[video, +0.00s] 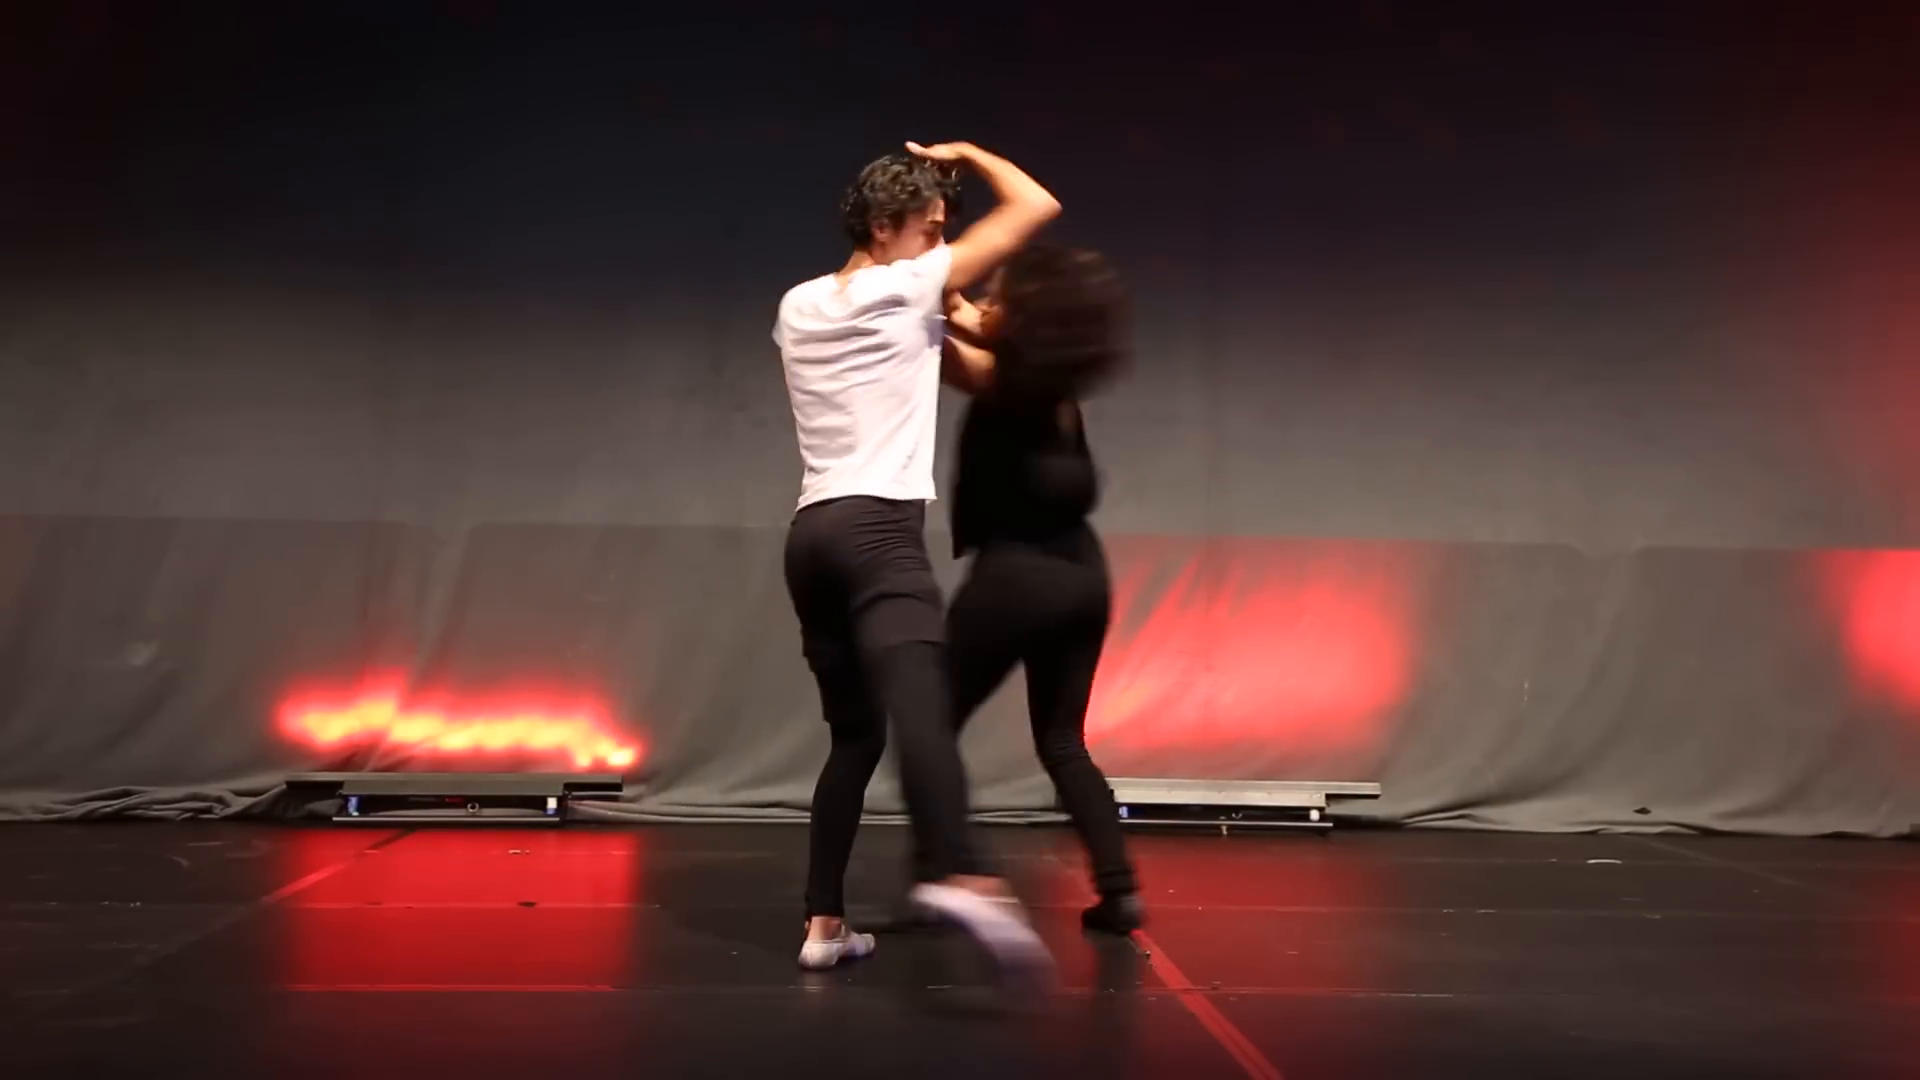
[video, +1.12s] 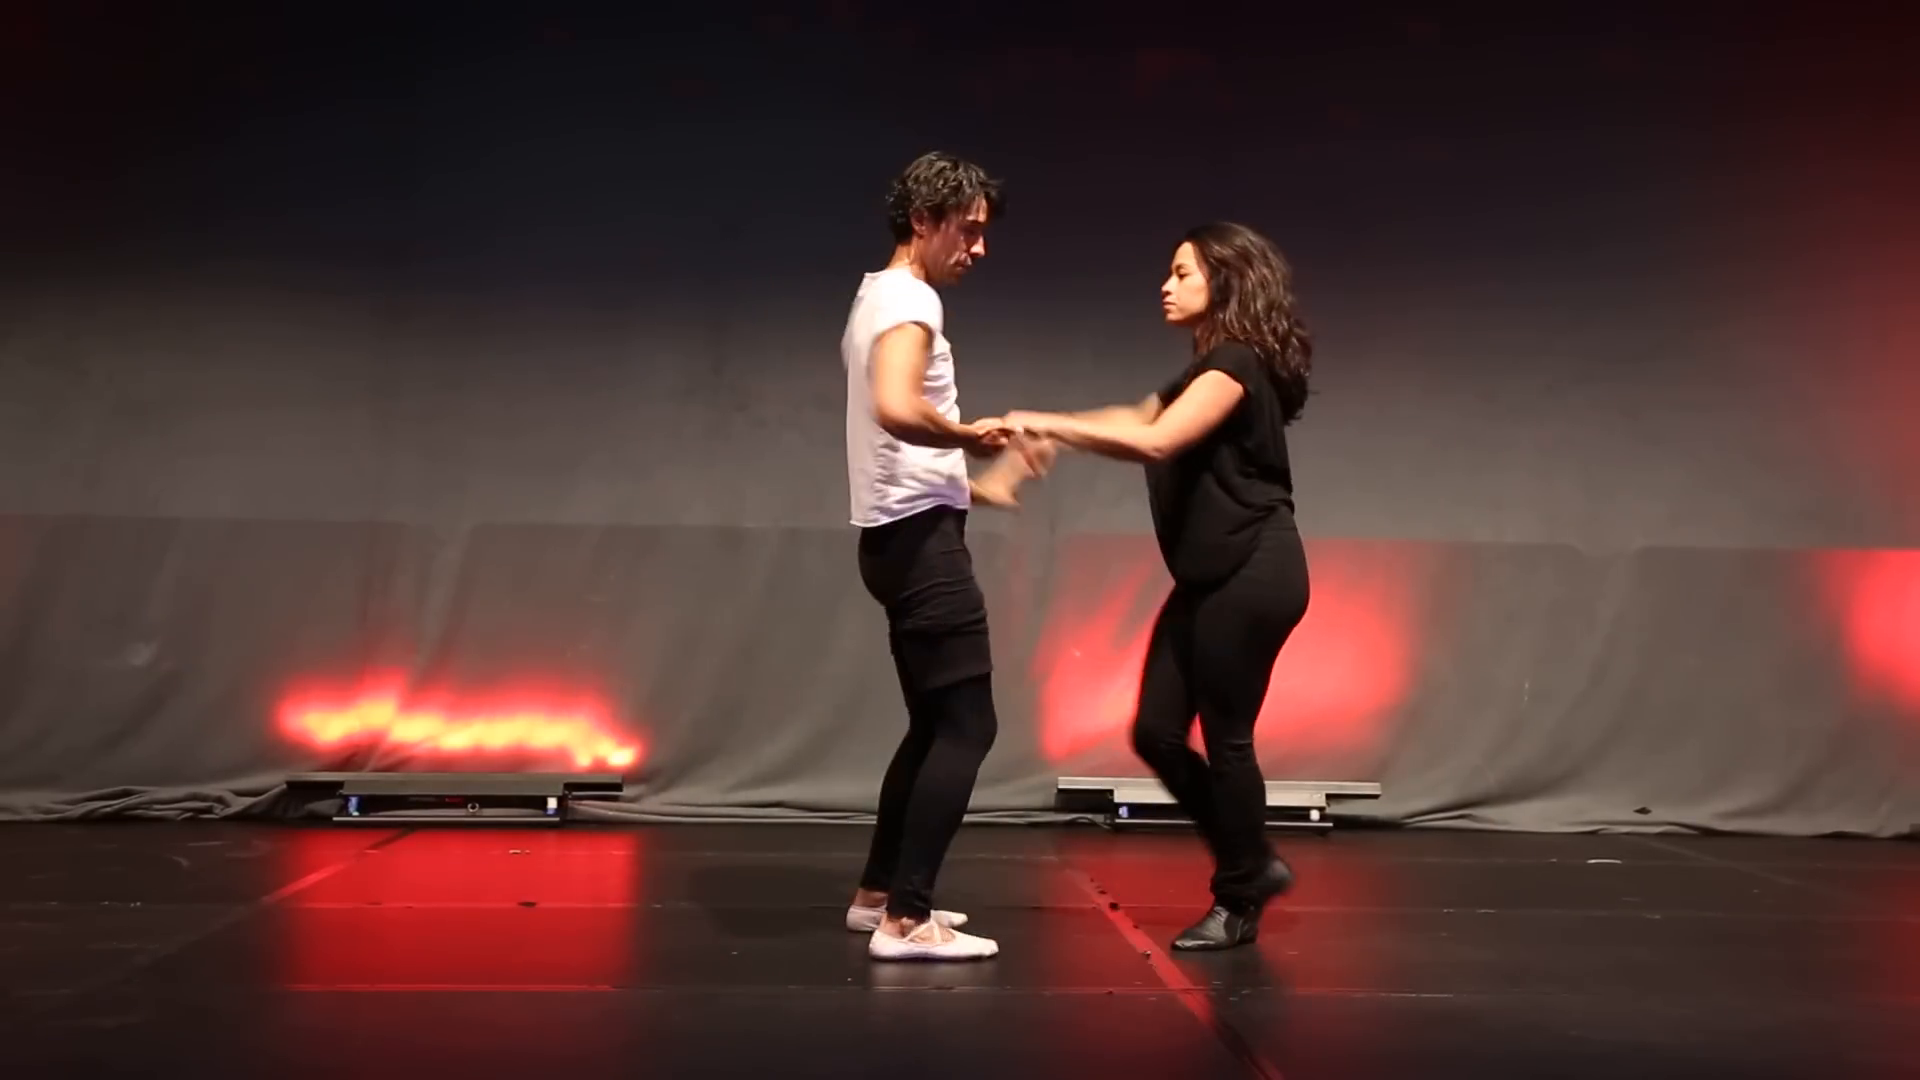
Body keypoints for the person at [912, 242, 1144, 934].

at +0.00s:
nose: (982, 303)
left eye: (998, 296)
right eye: (988, 293)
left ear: (1021, 316)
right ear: (1077, 324)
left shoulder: (997, 377)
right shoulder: (1063, 385)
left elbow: (922, 340)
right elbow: (990, 340)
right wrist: (939, 304)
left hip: (1008, 580)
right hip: (1079, 579)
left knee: (929, 720)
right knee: (1063, 743)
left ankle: (945, 875)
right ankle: (1119, 893)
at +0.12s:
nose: (1030, 301)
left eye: (1048, 292)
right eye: (1036, 288)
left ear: (1090, 310)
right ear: (1084, 314)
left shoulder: (1082, 370)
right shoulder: (1097, 376)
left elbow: (976, 327)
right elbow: (979, 332)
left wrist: (953, 228)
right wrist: (951, 235)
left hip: (1073, 577)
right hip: (1103, 577)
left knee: (976, 722)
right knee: (1083, 744)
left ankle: (1044, 874)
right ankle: (1149, 897)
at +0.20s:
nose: (1055, 302)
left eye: (1072, 292)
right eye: (1059, 290)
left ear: (1112, 308)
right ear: (1093, 312)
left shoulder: (1124, 370)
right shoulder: (1091, 370)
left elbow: (1027, 324)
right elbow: (1007, 338)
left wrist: (972, 222)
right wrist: (959, 247)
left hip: (1108, 577)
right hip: (1110, 575)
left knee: (1017, 729)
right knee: (1088, 742)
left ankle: (1118, 872)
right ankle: (1148, 894)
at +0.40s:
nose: (1089, 274)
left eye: (1105, 266)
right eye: (1091, 265)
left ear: (1148, 285)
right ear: (1099, 284)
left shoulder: (1153, 340)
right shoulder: (1076, 349)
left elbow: (1055, 271)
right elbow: (1016, 285)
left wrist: (997, 182)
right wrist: (984, 203)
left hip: (1173, 564)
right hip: (1117, 569)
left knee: (1143, 728)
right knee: (1115, 734)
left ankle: (1229, 890)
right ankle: (1152, 894)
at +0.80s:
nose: (1130, 272)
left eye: (1147, 261)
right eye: (1133, 261)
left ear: (1193, 273)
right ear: (1142, 277)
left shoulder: (1219, 333)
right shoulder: (1130, 335)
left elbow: (1096, 331)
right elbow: (1073, 315)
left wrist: (1024, 263)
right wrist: (1002, 255)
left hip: (1248, 560)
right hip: (1179, 563)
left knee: (1232, 731)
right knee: (1125, 710)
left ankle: (1234, 908)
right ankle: (1154, 866)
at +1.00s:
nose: (1154, 283)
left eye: (1170, 272)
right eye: (1157, 271)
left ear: (1217, 282)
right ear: (1190, 287)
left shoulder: (1233, 358)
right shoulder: (1163, 359)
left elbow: (1136, 419)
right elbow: (1064, 352)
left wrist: (1042, 369)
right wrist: (992, 339)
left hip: (1259, 574)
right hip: (1194, 579)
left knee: (1235, 737)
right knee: (1123, 715)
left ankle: (1235, 910)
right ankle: (1229, 827)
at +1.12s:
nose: (1168, 286)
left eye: (1183, 274)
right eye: (1171, 273)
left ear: (1228, 283)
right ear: (1206, 288)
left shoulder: (1237, 363)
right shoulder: (1200, 369)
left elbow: (1159, 441)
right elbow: (1129, 423)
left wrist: (1051, 427)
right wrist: (1041, 429)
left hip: (1253, 576)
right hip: (1208, 578)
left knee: (1227, 739)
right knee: (1157, 734)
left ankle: (1238, 904)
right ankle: (1254, 863)